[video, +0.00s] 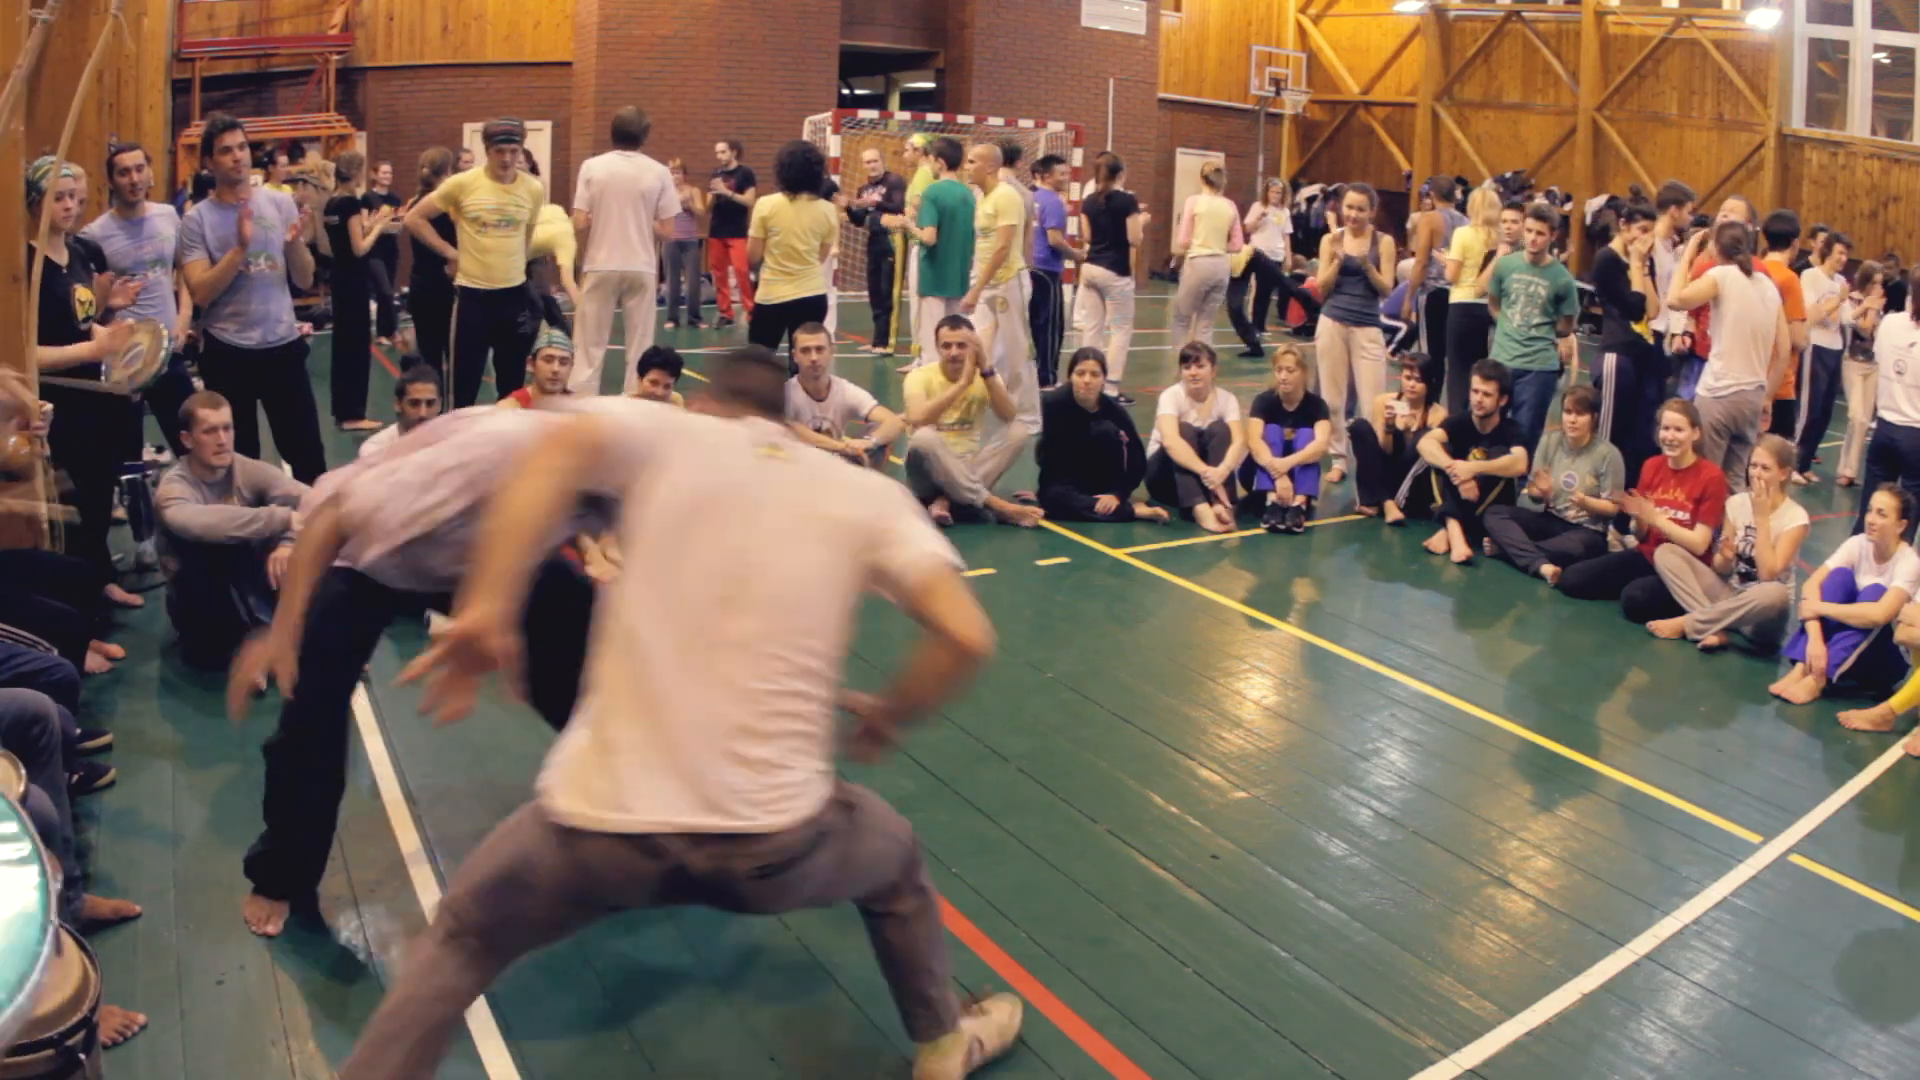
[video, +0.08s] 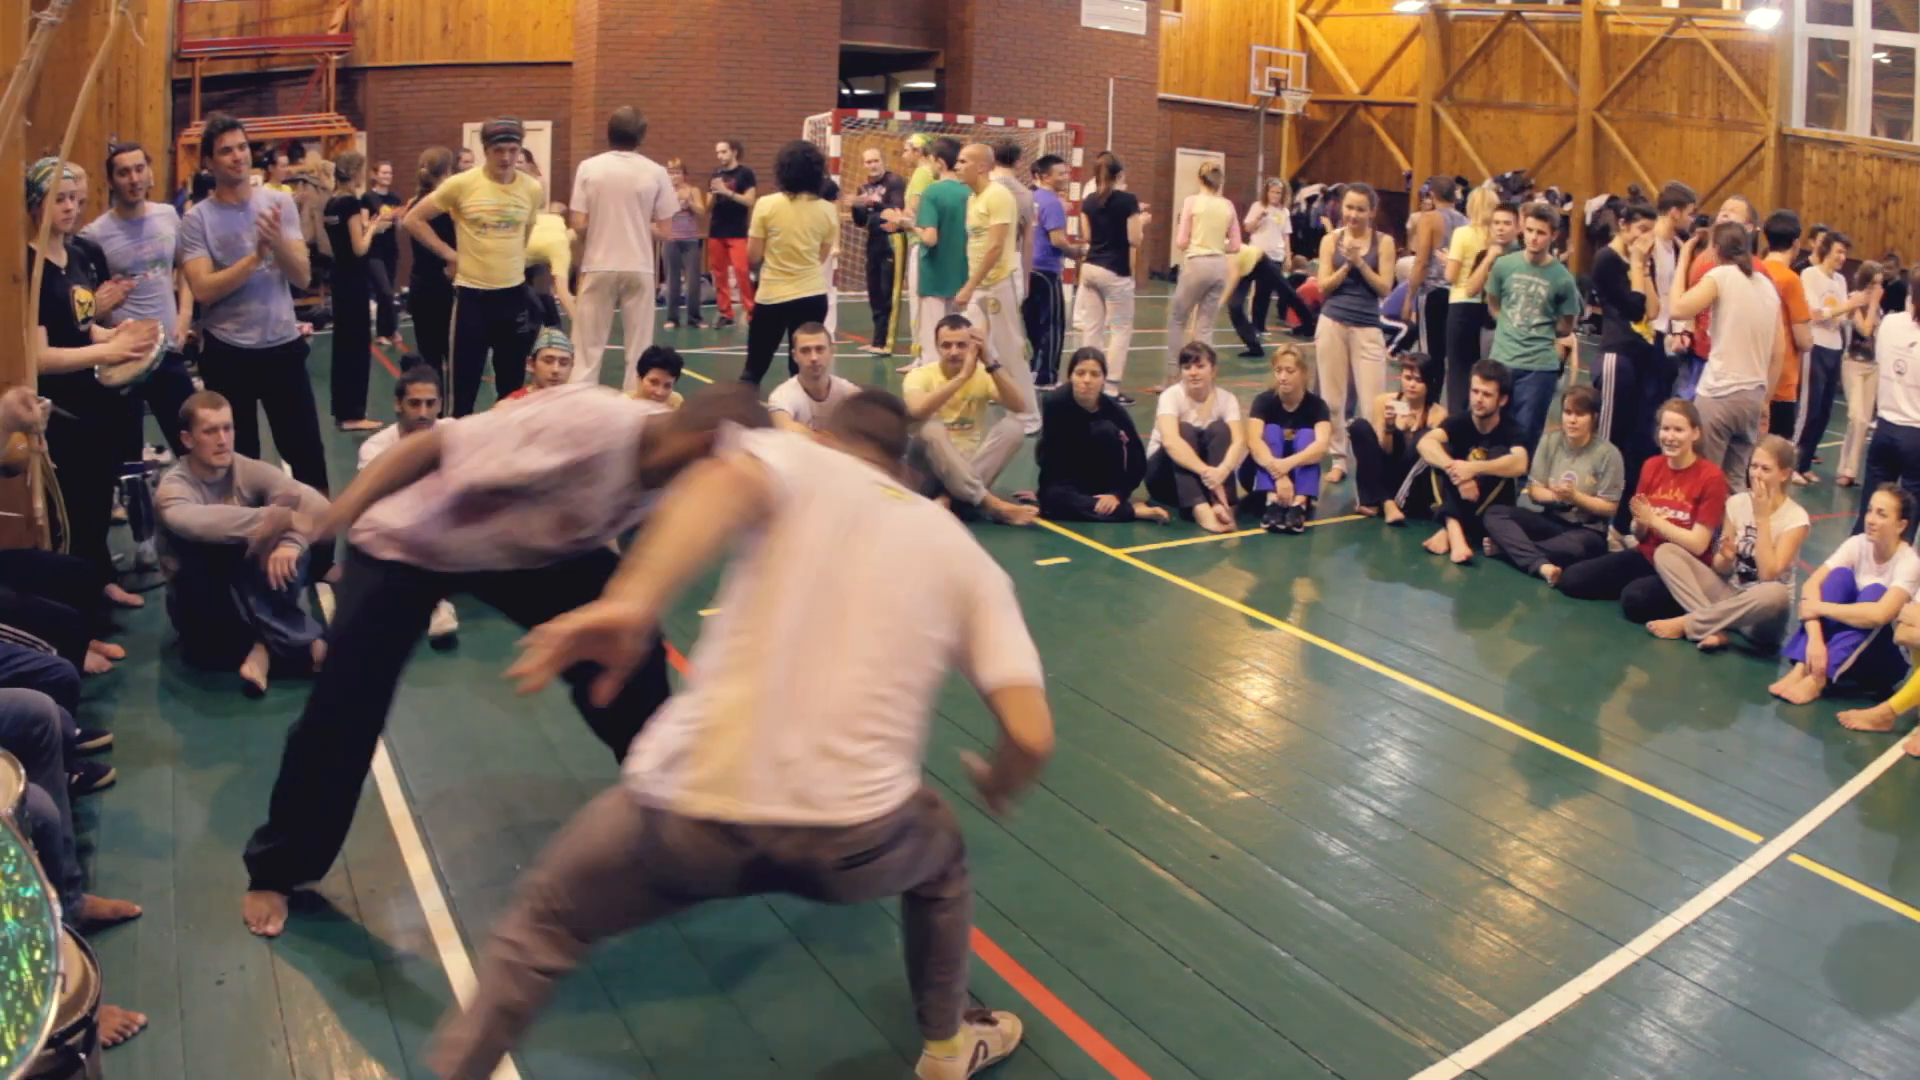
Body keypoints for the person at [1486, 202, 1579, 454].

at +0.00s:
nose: (1533, 239)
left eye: (1540, 234)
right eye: (1529, 231)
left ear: (1552, 237)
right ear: (1523, 231)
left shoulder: (1562, 279)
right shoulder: (1504, 264)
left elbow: (1566, 326)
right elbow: (1493, 307)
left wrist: (1537, 330)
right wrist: (1515, 327)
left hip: (1539, 363)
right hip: (1501, 357)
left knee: (1525, 435)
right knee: (1490, 427)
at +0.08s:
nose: (1534, 238)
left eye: (1541, 233)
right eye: (1530, 231)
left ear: (1553, 236)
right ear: (1523, 231)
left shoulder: (1563, 278)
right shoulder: (1502, 265)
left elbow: (1566, 324)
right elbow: (1493, 307)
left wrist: (1539, 334)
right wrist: (1515, 328)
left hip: (1539, 362)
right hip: (1502, 356)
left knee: (1525, 434)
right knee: (1492, 428)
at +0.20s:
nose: (1534, 238)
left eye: (1541, 233)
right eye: (1530, 230)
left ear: (1554, 237)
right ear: (1523, 230)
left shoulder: (1563, 279)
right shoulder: (1502, 265)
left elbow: (1565, 326)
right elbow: (1494, 307)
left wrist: (1536, 331)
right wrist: (1514, 327)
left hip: (1539, 361)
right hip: (1502, 356)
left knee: (1525, 434)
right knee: (1492, 428)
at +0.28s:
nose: (1533, 238)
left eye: (1540, 233)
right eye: (1530, 231)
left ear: (1552, 237)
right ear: (1523, 231)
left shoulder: (1563, 279)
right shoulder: (1503, 265)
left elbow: (1566, 326)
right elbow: (1493, 307)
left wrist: (1537, 332)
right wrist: (1514, 327)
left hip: (1539, 362)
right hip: (1501, 357)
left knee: (1525, 435)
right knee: (1491, 428)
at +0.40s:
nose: (1533, 239)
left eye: (1540, 233)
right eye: (1529, 231)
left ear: (1553, 237)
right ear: (1522, 232)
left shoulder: (1564, 280)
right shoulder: (1503, 265)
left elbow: (1566, 327)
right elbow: (1493, 305)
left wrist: (1536, 331)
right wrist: (1512, 325)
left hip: (1539, 363)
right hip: (1501, 358)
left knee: (1525, 433)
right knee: (1490, 427)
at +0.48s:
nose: (1533, 239)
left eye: (1540, 234)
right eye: (1529, 231)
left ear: (1554, 237)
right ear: (1523, 231)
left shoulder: (1564, 279)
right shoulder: (1506, 265)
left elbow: (1566, 326)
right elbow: (1493, 304)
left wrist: (1538, 331)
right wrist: (1512, 326)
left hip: (1538, 362)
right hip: (1501, 356)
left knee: (1525, 435)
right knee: (1491, 428)